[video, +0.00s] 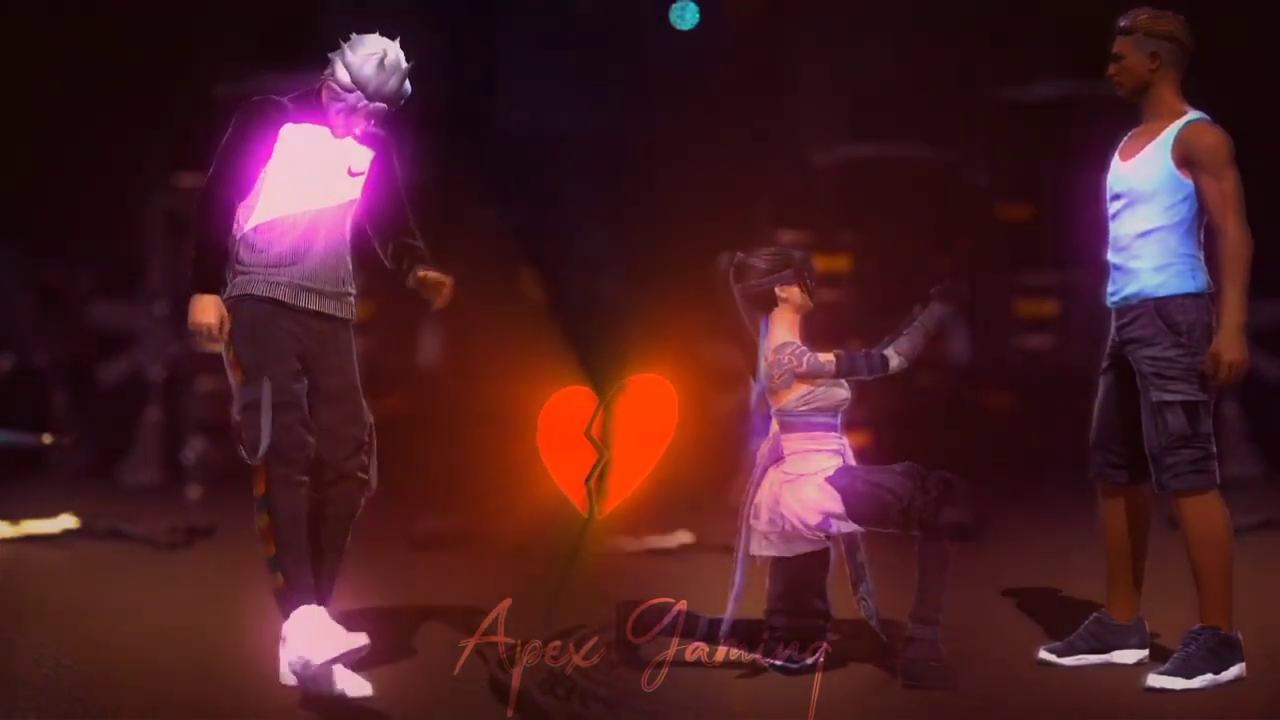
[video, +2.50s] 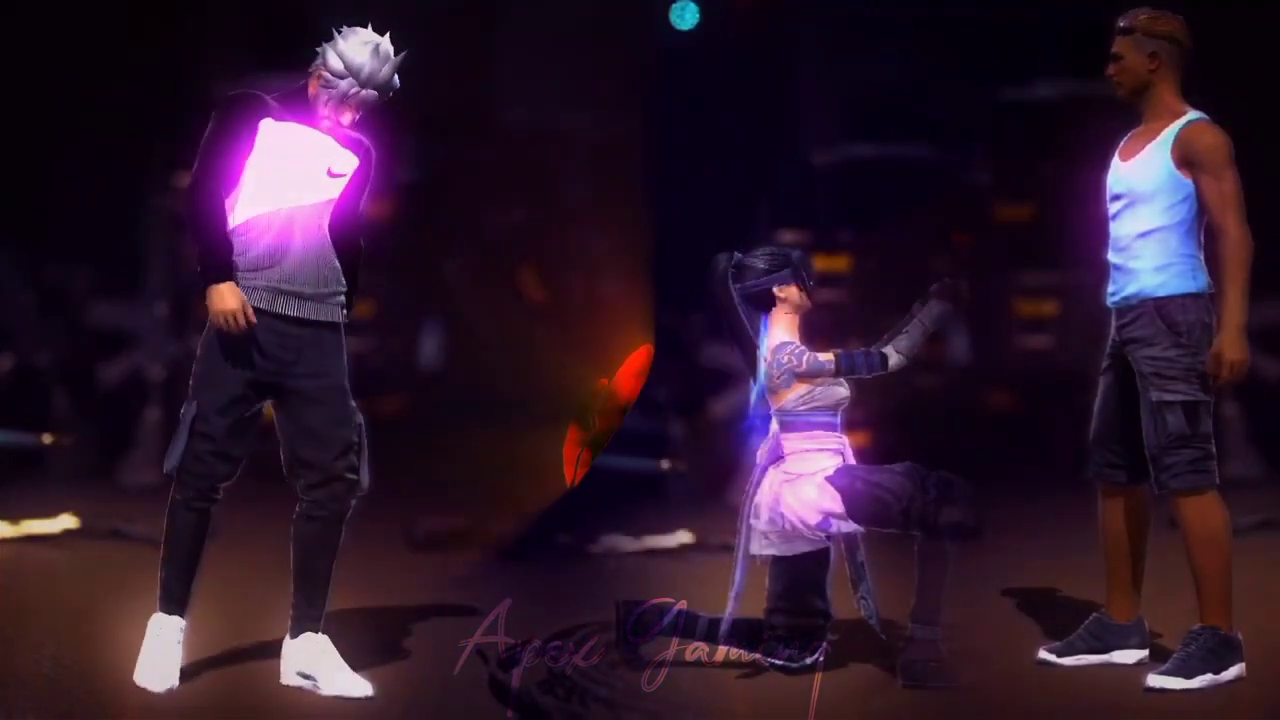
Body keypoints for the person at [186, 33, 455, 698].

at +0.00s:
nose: (359, 122)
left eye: (373, 114)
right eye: (352, 106)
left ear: (387, 108)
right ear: (331, 83)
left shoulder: (380, 146)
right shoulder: (270, 117)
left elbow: (393, 228)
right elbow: (219, 201)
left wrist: (416, 267)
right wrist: (206, 286)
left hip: (333, 317)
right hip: (264, 305)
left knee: (348, 461)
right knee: (287, 454)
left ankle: (308, 618)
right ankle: (300, 615)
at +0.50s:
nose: (357, 123)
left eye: (372, 114)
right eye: (351, 105)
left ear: (384, 110)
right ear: (329, 83)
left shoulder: (374, 151)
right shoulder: (269, 119)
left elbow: (376, 243)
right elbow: (220, 200)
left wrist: (401, 314)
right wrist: (208, 286)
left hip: (332, 324)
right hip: (263, 312)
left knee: (342, 473)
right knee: (265, 467)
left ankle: (310, 635)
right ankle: (252, 635)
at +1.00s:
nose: (355, 124)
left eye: (369, 114)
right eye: (348, 106)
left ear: (383, 109)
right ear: (325, 85)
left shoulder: (373, 154)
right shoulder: (265, 118)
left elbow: (373, 249)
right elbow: (217, 197)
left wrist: (387, 333)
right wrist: (213, 284)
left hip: (334, 326)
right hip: (260, 315)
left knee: (345, 477)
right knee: (245, 469)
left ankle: (307, 639)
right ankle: (213, 638)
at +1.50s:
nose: (353, 121)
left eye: (367, 112)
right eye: (346, 104)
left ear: (381, 109)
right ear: (323, 85)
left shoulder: (372, 157)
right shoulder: (260, 121)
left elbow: (369, 252)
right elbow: (218, 201)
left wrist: (378, 338)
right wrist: (214, 283)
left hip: (334, 329)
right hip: (258, 316)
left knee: (343, 477)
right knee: (230, 471)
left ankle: (308, 637)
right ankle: (194, 634)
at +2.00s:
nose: (352, 119)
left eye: (366, 110)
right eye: (347, 101)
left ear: (377, 107)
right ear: (323, 82)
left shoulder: (370, 153)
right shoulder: (258, 118)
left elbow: (367, 251)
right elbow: (214, 197)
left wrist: (365, 342)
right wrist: (216, 282)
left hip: (329, 335)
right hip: (253, 321)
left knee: (338, 480)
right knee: (214, 472)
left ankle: (307, 638)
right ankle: (177, 627)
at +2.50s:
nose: (342, 114)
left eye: (358, 106)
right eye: (336, 96)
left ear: (372, 105)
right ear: (314, 80)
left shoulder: (366, 154)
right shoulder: (252, 115)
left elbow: (352, 233)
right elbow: (207, 196)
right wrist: (218, 277)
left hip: (317, 332)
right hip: (242, 320)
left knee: (332, 478)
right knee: (201, 471)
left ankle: (306, 637)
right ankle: (168, 623)